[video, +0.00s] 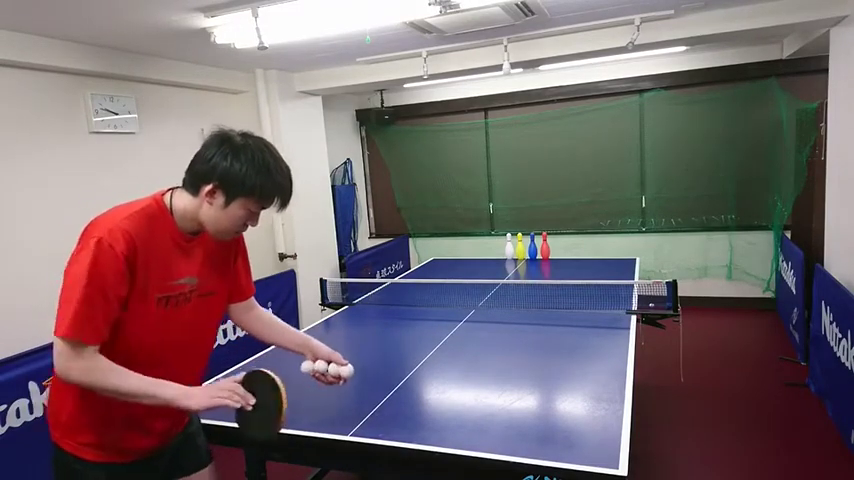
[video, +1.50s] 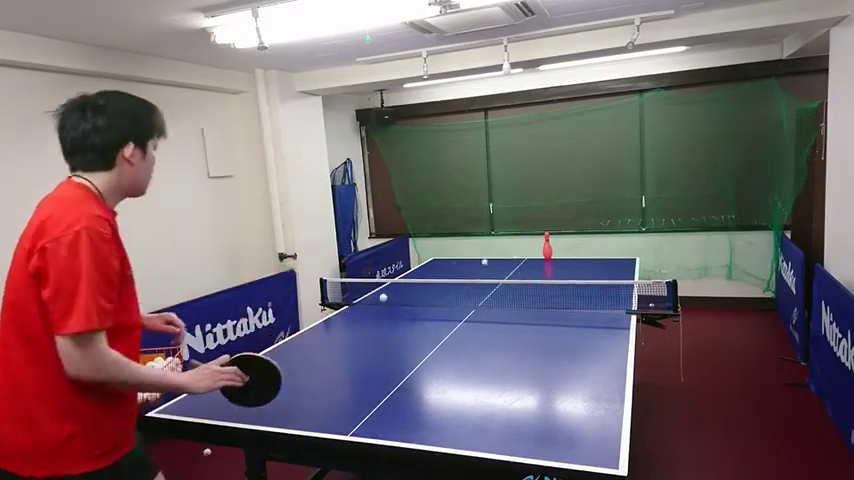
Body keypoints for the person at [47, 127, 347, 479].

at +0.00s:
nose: (254, 223)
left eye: (259, 213)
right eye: (251, 212)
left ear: (211, 196)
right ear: (211, 194)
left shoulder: (223, 235)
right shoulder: (112, 239)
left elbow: (244, 309)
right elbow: (71, 361)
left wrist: (310, 347)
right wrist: (185, 394)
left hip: (174, 431)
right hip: (96, 447)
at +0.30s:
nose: (292, 228)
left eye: (297, 219)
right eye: (293, 216)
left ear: (258, 202)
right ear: (261, 203)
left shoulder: (235, 225)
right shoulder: (191, 262)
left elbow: (255, 299)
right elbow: (239, 352)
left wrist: (303, 299)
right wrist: (318, 364)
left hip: (172, 410)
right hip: (118, 426)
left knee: (202, 472)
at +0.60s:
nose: (300, 202)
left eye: (303, 193)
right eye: (302, 192)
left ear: (244, 174)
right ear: (285, 192)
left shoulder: (205, 205)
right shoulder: (239, 251)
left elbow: (227, 293)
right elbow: (274, 327)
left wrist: (276, 273)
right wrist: (325, 319)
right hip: (142, 422)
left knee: (203, 469)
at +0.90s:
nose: (284, 188)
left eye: (286, 178)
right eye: (285, 178)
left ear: (225, 165)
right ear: (267, 178)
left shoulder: (192, 204)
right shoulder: (224, 234)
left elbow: (218, 293)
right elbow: (253, 330)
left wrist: (270, 278)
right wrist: (309, 332)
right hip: (143, 428)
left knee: (207, 471)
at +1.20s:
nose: (227, 172)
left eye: (228, 161)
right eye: (226, 161)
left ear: (161, 156)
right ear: (204, 163)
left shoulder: (139, 206)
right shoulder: (156, 225)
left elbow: (150, 290)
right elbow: (190, 343)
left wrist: (214, 298)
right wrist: (265, 348)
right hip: (126, 441)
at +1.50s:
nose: (154, 162)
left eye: (155, 151)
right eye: (152, 150)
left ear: (83, 149)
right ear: (128, 153)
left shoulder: (71, 206)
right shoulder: (79, 223)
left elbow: (70, 305)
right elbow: (84, 359)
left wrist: (141, 320)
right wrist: (185, 380)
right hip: (74, 453)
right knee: (151, 472)